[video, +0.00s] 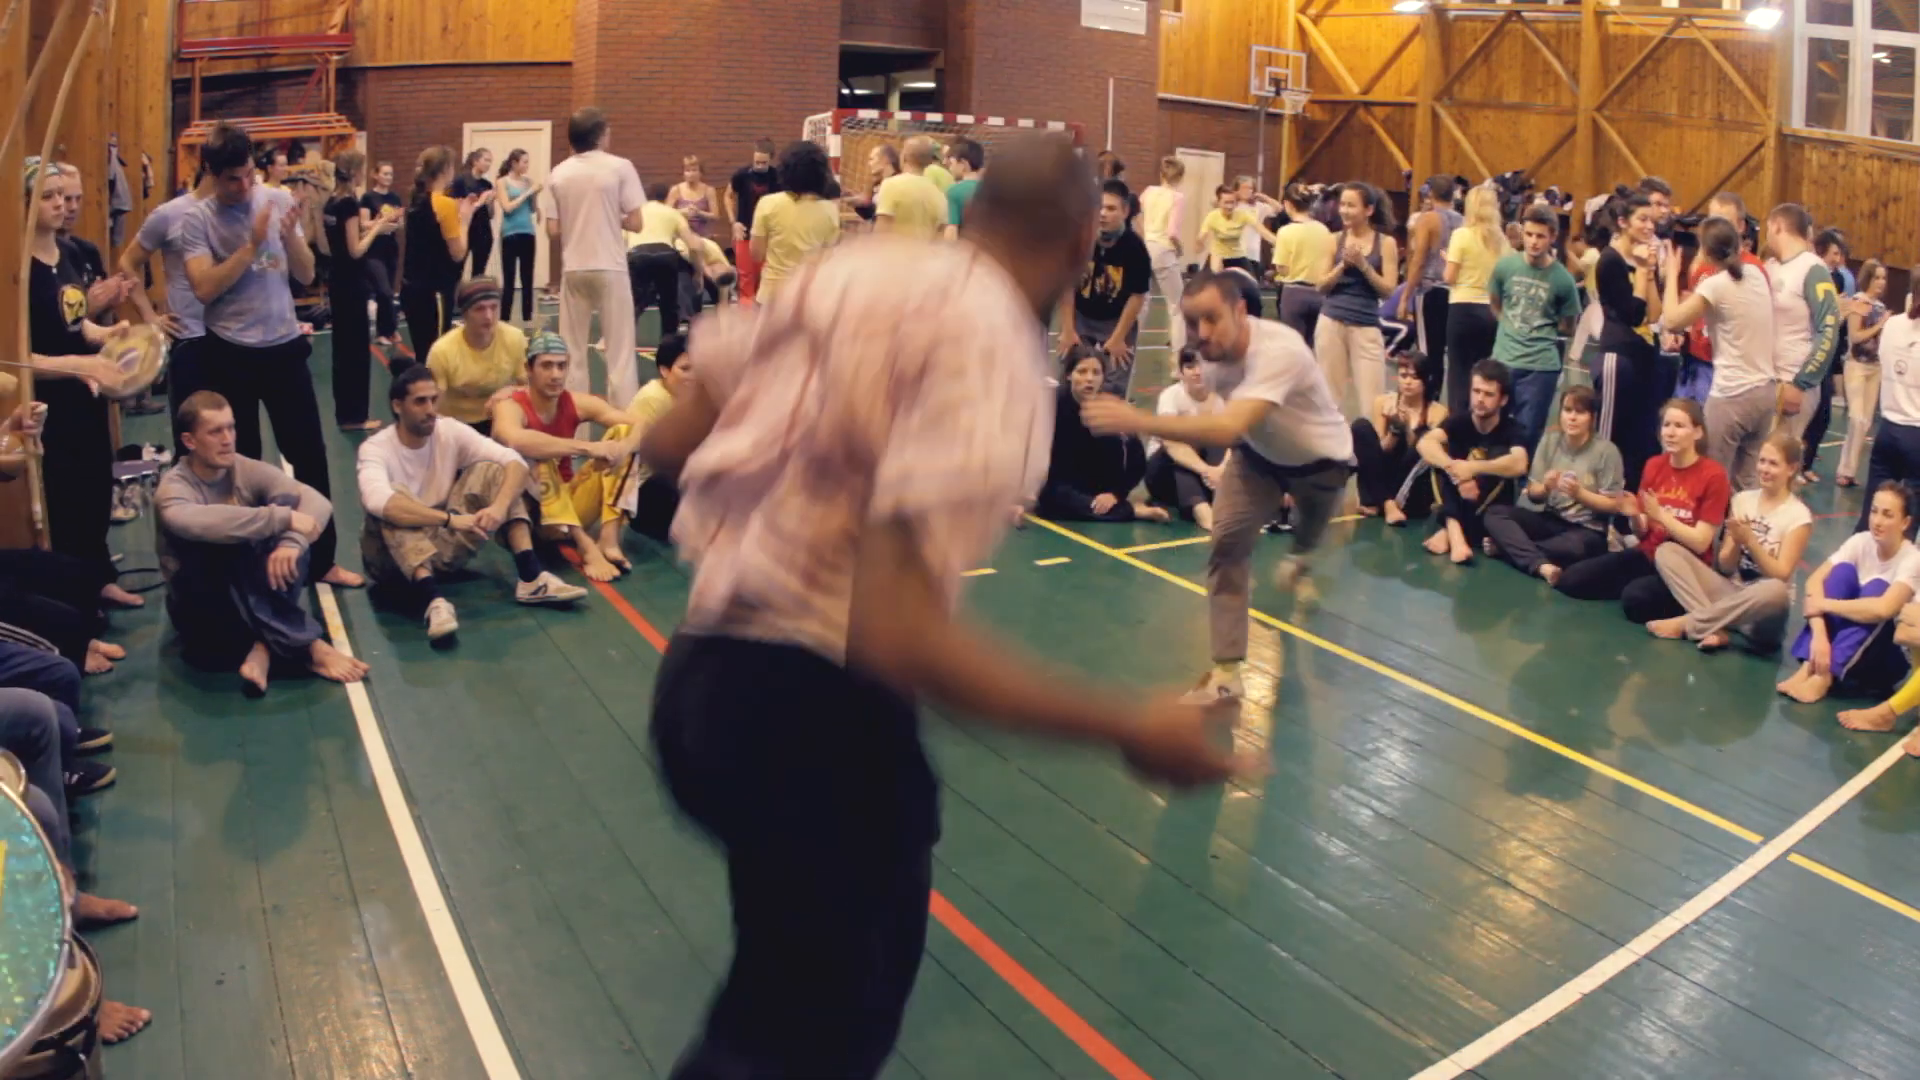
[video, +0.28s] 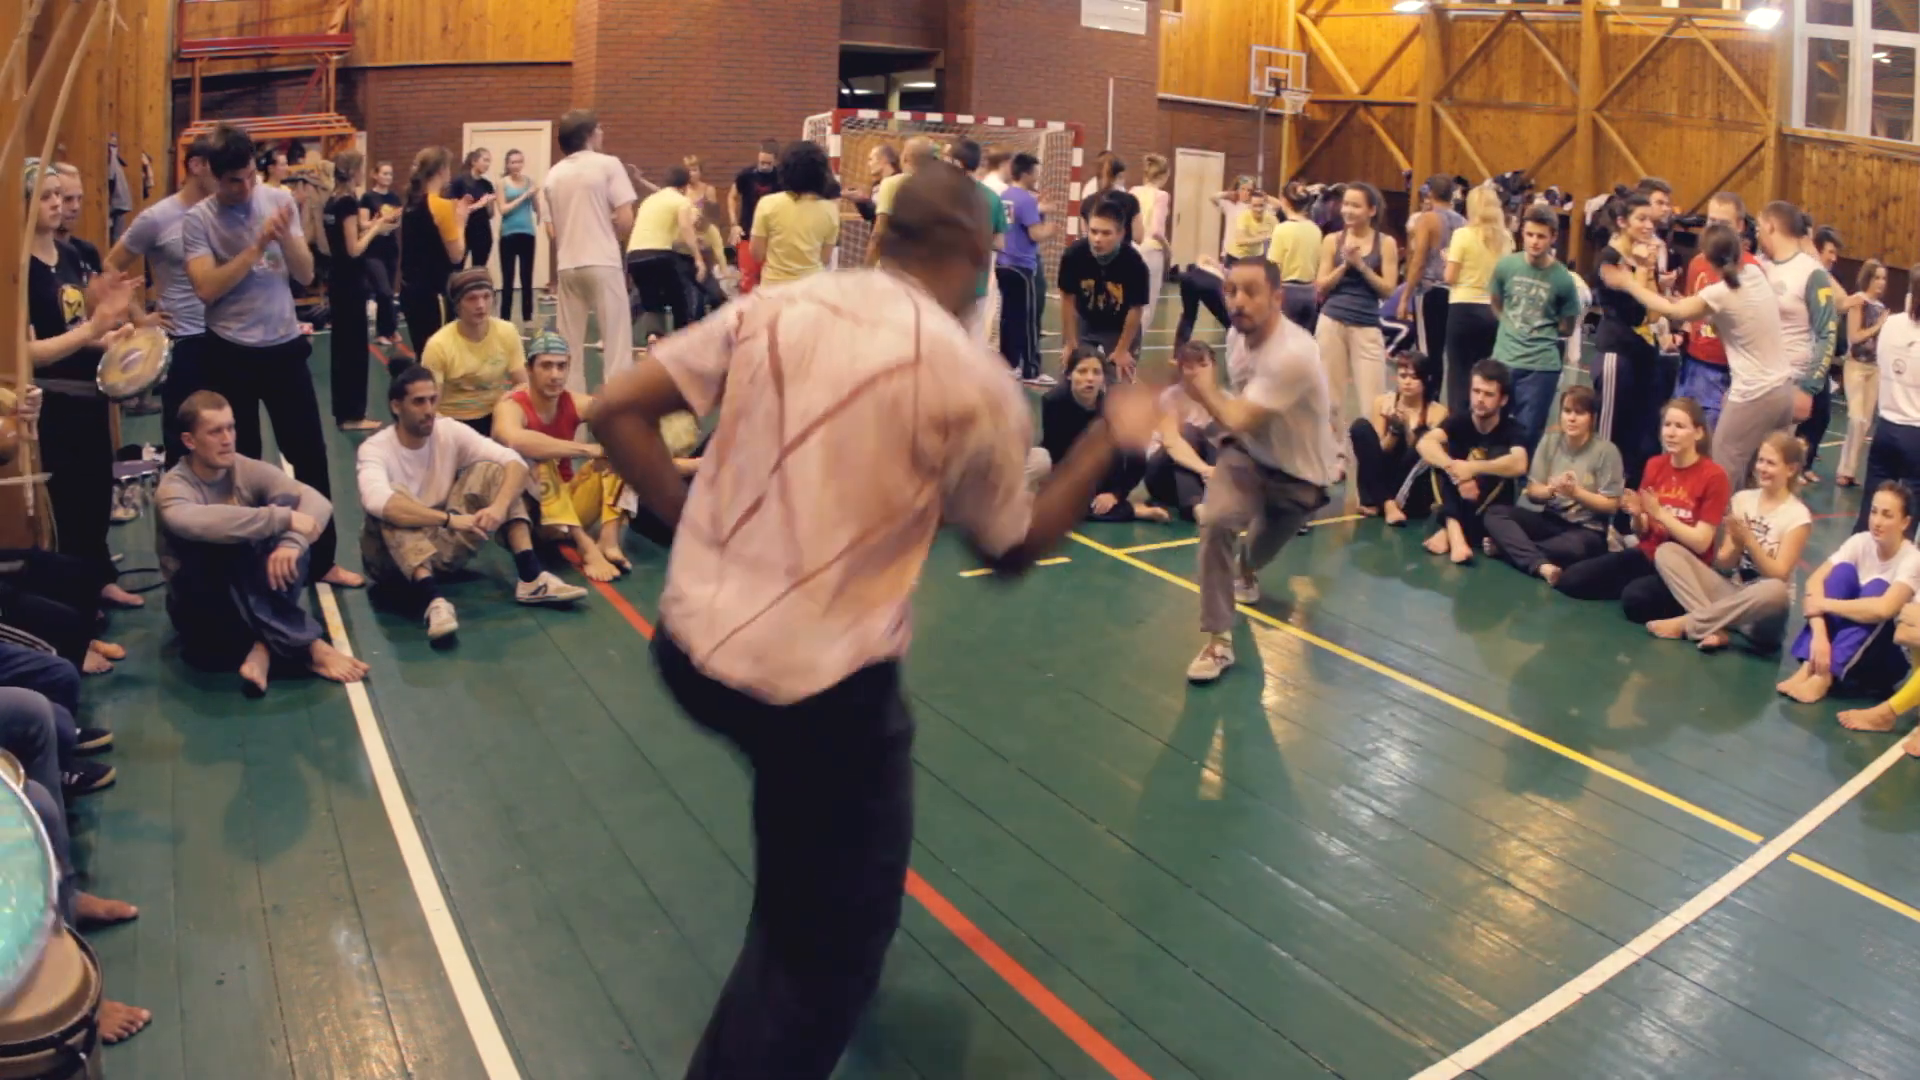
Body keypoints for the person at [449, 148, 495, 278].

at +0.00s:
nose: (489, 164)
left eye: (490, 161)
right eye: (486, 160)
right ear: (475, 161)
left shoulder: (487, 185)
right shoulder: (460, 182)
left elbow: (491, 215)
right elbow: (455, 209)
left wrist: (490, 202)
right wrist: (481, 201)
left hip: (483, 230)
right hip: (463, 229)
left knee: (478, 274)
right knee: (455, 272)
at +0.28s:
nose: (488, 164)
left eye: (489, 161)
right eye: (485, 160)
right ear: (474, 161)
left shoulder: (487, 185)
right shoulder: (459, 182)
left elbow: (491, 214)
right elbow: (455, 211)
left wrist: (490, 203)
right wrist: (479, 204)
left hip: (482, 231)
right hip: (462, 230)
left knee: (478, 272)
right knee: (456, 271)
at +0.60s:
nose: (486, 164)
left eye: (488, 161)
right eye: (483, 160)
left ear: (490, 163)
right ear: (473, 161)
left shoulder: (488, 185)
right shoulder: (459, 182)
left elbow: (491, 214)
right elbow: (456, 211)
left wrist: (489, 205)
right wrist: (479, 204)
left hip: (483, 231)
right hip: (463, 230)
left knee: (478, 274)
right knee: (455, 271)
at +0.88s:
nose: (485, 164)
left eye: (487, 161)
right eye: (481, 160)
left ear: (489, 163)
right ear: (471, 162)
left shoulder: (487, 184)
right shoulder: (459, 182)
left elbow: (491, 214)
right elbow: (454, 209)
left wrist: (488, 203)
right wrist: (477, 205)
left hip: (482, 229)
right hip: (462, 228)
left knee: (478, 271)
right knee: (456, 269)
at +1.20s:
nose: (483, 164)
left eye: (484, 160)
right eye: (479, 160)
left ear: (487, 162)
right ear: (469, 162)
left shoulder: (486, 184)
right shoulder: (458, 183)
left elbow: (490, 213)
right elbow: (457, 214)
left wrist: (485, 203)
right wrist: (478, 204)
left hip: (481, 229)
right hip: (461, 228)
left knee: (477, 273)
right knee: (455, 271)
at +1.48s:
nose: (482, 164)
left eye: (483, 161)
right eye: (478, 161)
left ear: (485, 162)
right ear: (468, 163)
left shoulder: (485, 183)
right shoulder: (457, 183)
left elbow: (491, 212)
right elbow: (454, 211)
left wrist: (486, 205)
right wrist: (475, 207)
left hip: (481, 229)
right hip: (460, 228)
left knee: (477, 272)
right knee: (456, 270)